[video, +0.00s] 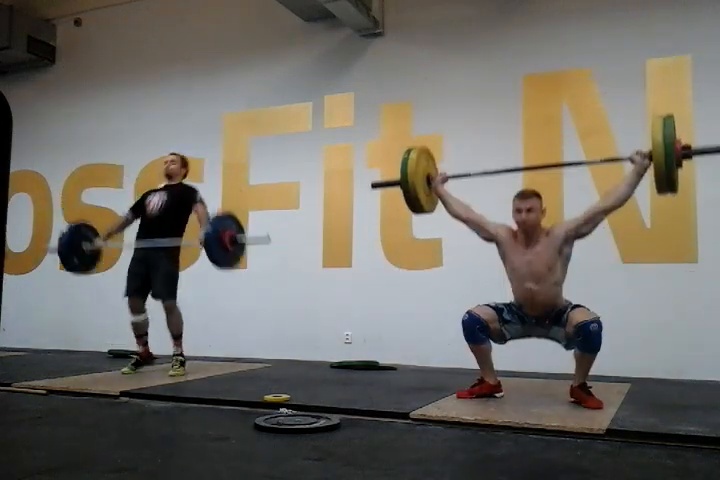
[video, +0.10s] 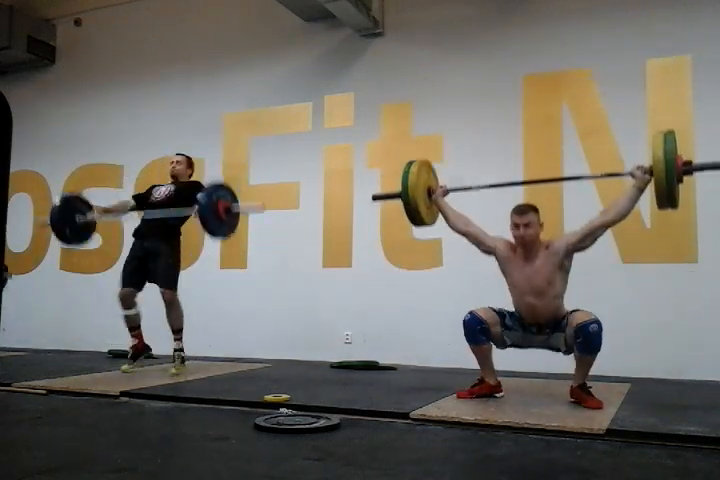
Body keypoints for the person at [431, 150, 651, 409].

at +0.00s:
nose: (523, 217)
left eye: (529, 211)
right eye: (518, 212)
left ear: (541, 213)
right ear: (513, 214)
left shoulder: (562, 236)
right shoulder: (503, 237)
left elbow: (605, 206)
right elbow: (467, 216)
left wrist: (639, 170)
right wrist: (438, 189)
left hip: (556, 316)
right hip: (518, 315)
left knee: (590, 326)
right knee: (472, 321)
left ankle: (580, 387)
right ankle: (489, 382)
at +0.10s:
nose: (520, 232)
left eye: (526, 226)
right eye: (516, 227)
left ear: (540, 227)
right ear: (511, 229)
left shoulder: (562, 248)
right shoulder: (503, 251)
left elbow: (607, 219)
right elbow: (465, 228)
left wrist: (639, 185)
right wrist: (438, 200)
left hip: (557, 327)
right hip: (520, 326)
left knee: (590, 327)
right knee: (474, 321)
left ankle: (579, 387)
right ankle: (489, 382)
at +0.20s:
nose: (520, 247)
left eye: (526, 241)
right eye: (515, 242)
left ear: (539, 239)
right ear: (510, 242)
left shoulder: (561, 261)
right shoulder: (503, 262)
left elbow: (606, 232)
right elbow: (467, 239)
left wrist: (639, 198)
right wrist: (439, 210)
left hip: (556, 335)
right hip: (519, 334)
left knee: (590, 326)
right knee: (476, 321)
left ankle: (579, 388)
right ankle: (490, 382)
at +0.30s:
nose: (521, 254)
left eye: (527, 248)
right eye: (516, 249)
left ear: (539, 246)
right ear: (510, 248)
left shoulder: (561, 266)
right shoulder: (502, 267)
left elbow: (607, 238)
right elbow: (467, 244)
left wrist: (639, 206)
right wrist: (438, 217)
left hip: (556, 340)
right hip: (518, 339)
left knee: (589, 324)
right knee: (476, 320)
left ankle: (579, 388)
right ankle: (490, 382)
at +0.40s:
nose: (521, 251)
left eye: (526, 246)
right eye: (515, 246)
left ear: (539, 244)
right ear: (510, 247)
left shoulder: (561, 265)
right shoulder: (501, 265)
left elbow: (607, 238)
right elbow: (466, 244)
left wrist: (639, 206)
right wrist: (438, 216)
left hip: (555, 340)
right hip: (518, 339)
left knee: (588, 324)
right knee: (475, 320)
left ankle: (579, 387)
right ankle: (490, 382)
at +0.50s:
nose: (521, 242)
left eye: (527, 237)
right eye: (516, 237)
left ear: (540, 237)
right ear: (510, 240)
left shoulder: (560, 258)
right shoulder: (502, 259)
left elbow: (607, 232)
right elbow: (464, 237)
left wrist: (639, 200)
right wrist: (438, 209)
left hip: (555, 332)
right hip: (517, 331)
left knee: (588, 325)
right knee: (474, 321)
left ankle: (579, 388)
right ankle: (489, 382)